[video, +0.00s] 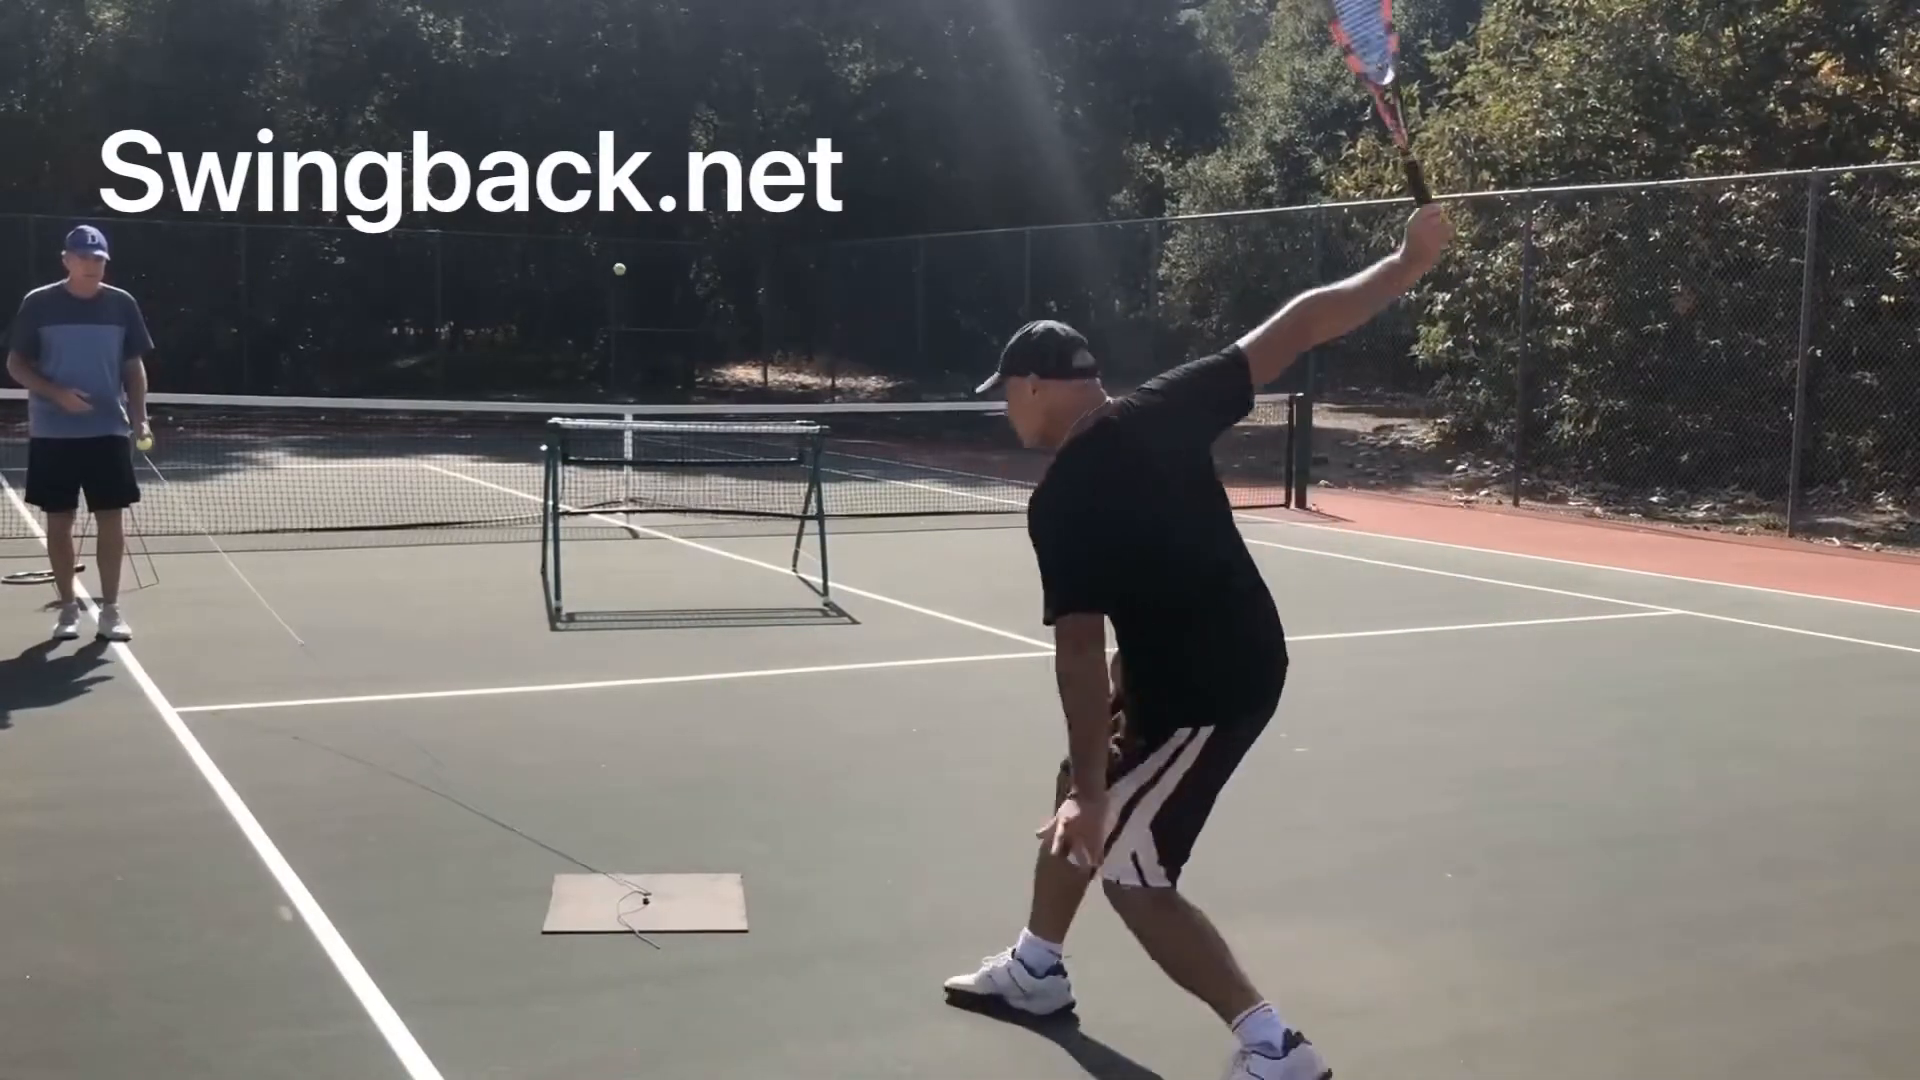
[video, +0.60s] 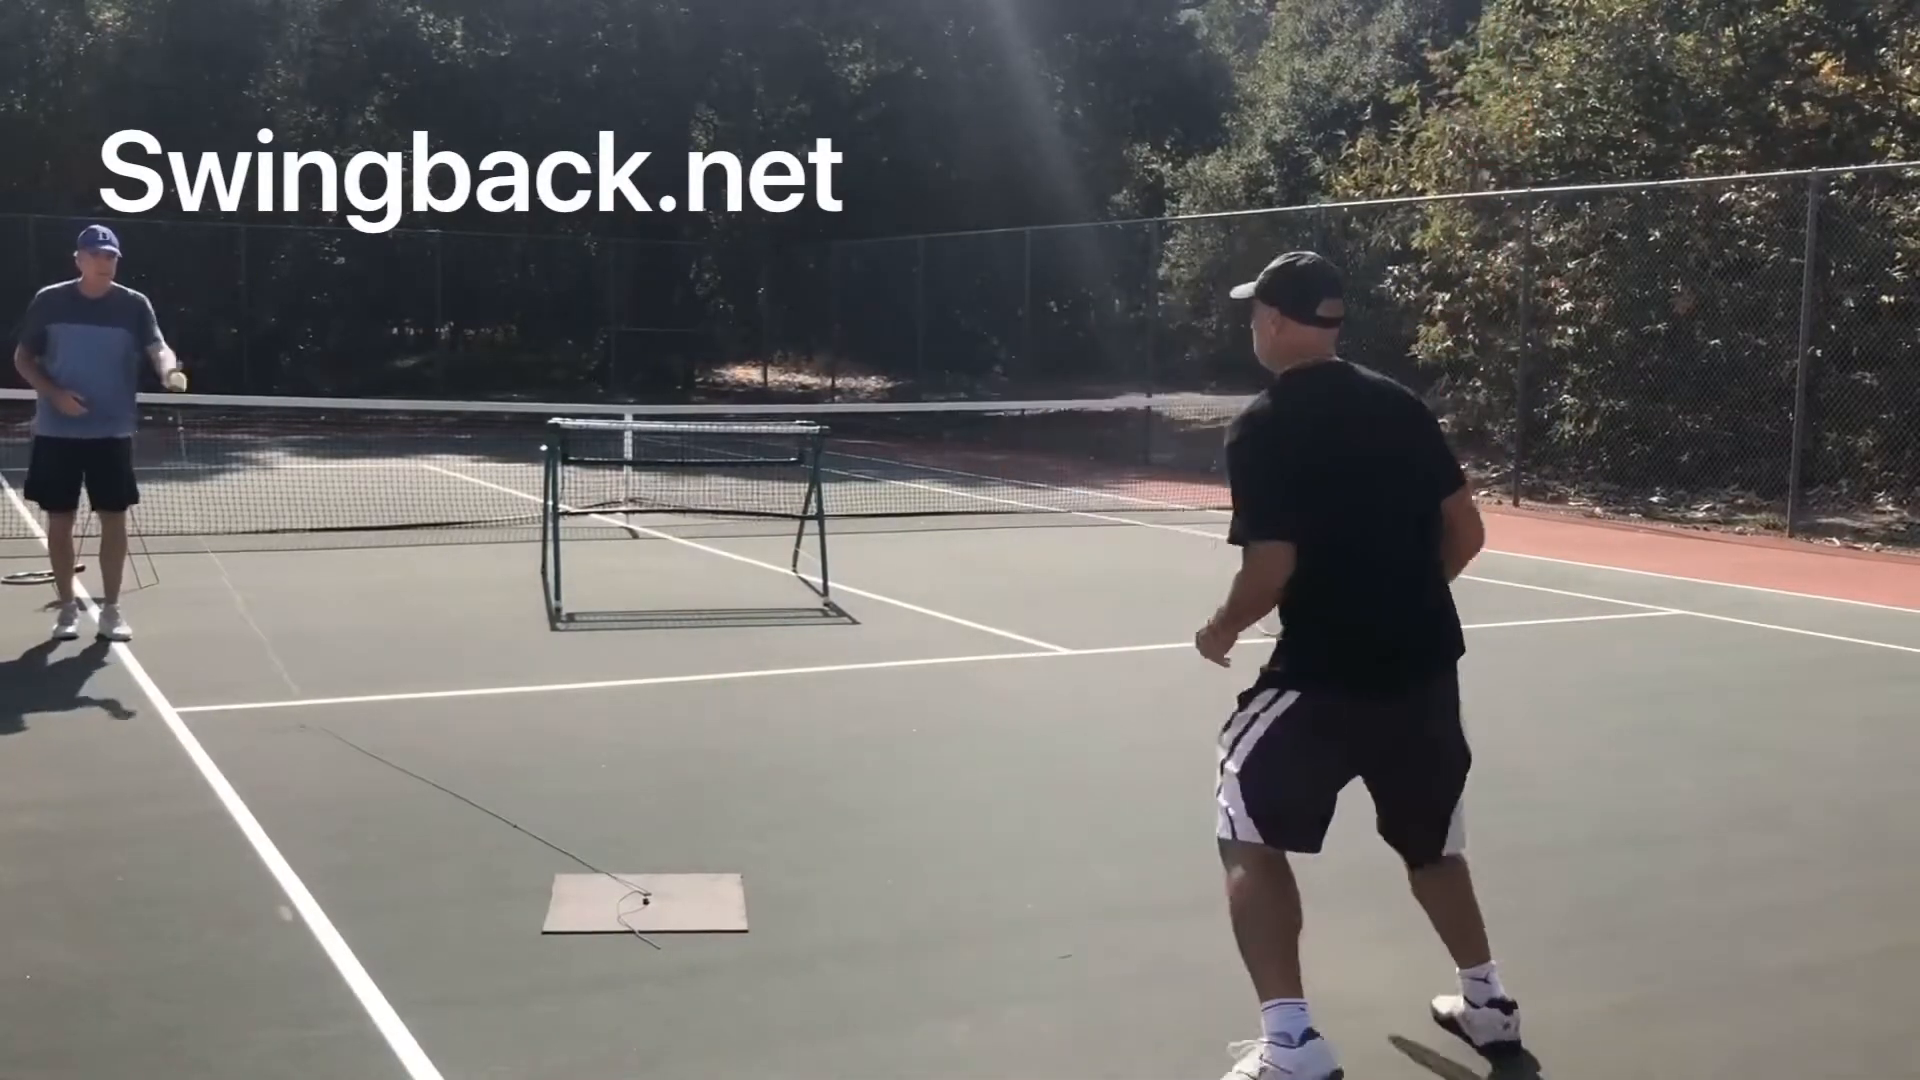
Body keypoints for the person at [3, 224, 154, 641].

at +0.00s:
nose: (91, 267)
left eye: (97, 260)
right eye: (83, 259)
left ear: (106, 263)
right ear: (66, 259)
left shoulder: (121, 304)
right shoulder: (38, 303)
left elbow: (134, 364)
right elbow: (16, 363)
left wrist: (139, 417)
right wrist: (56, 393)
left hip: (108, 435)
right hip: (53, 437)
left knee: (110, 519)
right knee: (59, 521)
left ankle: (110, 609)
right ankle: (69, 607)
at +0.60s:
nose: (103, 263)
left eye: (109, 256)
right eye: (95, 256)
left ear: (117, 260)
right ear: (79, 258)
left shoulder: (135, 304)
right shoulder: (49, 301)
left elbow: (158, 348)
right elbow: (23, 357)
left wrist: (169, 369)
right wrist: (54, 393)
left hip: (112, 435)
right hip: (58, 435)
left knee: (114, 520)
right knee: (60, 520)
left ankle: (110, 609)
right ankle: (68, 607)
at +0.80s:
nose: (108, 248)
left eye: (115, 241)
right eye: (101, 240)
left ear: (123, 249)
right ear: (84, 247)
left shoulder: (135, 288)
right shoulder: (55, 292)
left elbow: (154, 305)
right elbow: (29, 351)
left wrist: (168, 304)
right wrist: (55, 384)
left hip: (113, 423)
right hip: (60, 424)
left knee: (115, 513)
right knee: (60, 513)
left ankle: (113, 608)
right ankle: (65, 605)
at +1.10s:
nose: (108, 256)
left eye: (114, 249)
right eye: (101, 248)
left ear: (122, 256)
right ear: (83, 253)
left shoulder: (134, 297)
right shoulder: (52, 296)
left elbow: (149, 332)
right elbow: (24, 353)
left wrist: (132, 339)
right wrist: (47, 387)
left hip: (112, 430)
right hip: (56, 429)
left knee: (115, 519)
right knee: (48, 516)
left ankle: (112, 610)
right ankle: (34, 608)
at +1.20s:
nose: (103, 260)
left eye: (109, 253)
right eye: (96, 252)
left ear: (115, 258)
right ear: (76, 255)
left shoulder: (130, 301)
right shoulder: (45, 297)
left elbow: (144, 346)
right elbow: (18, 354)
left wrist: (134, 370)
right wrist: (42, 389)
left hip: (107, 432)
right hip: (51, 431)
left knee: (113, 519)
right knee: (40, 517)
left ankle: (112, 609)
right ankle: (19, 609)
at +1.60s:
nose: (60, 266)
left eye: (64, 260)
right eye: (52, 258)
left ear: (70, 262)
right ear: (30, 257)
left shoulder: (81, 302)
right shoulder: (5, 298)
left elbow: (91, 354)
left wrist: (97, 410)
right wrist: (2, 401)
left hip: (68, 435)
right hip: (13, 436)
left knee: (87, 516)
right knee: (9, 524)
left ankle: (106, 607)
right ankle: (9, 615)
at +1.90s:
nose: (39, 266)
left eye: (44, 259)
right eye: (31, 258)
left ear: (49, 261)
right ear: (10, 258)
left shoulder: (54, 298)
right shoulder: (2, 297)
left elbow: (57, 354)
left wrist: (62, 409)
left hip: (44, 431)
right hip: (7, 433)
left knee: (50, 512)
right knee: (6, 518)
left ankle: (43, 604)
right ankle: (8, 611)